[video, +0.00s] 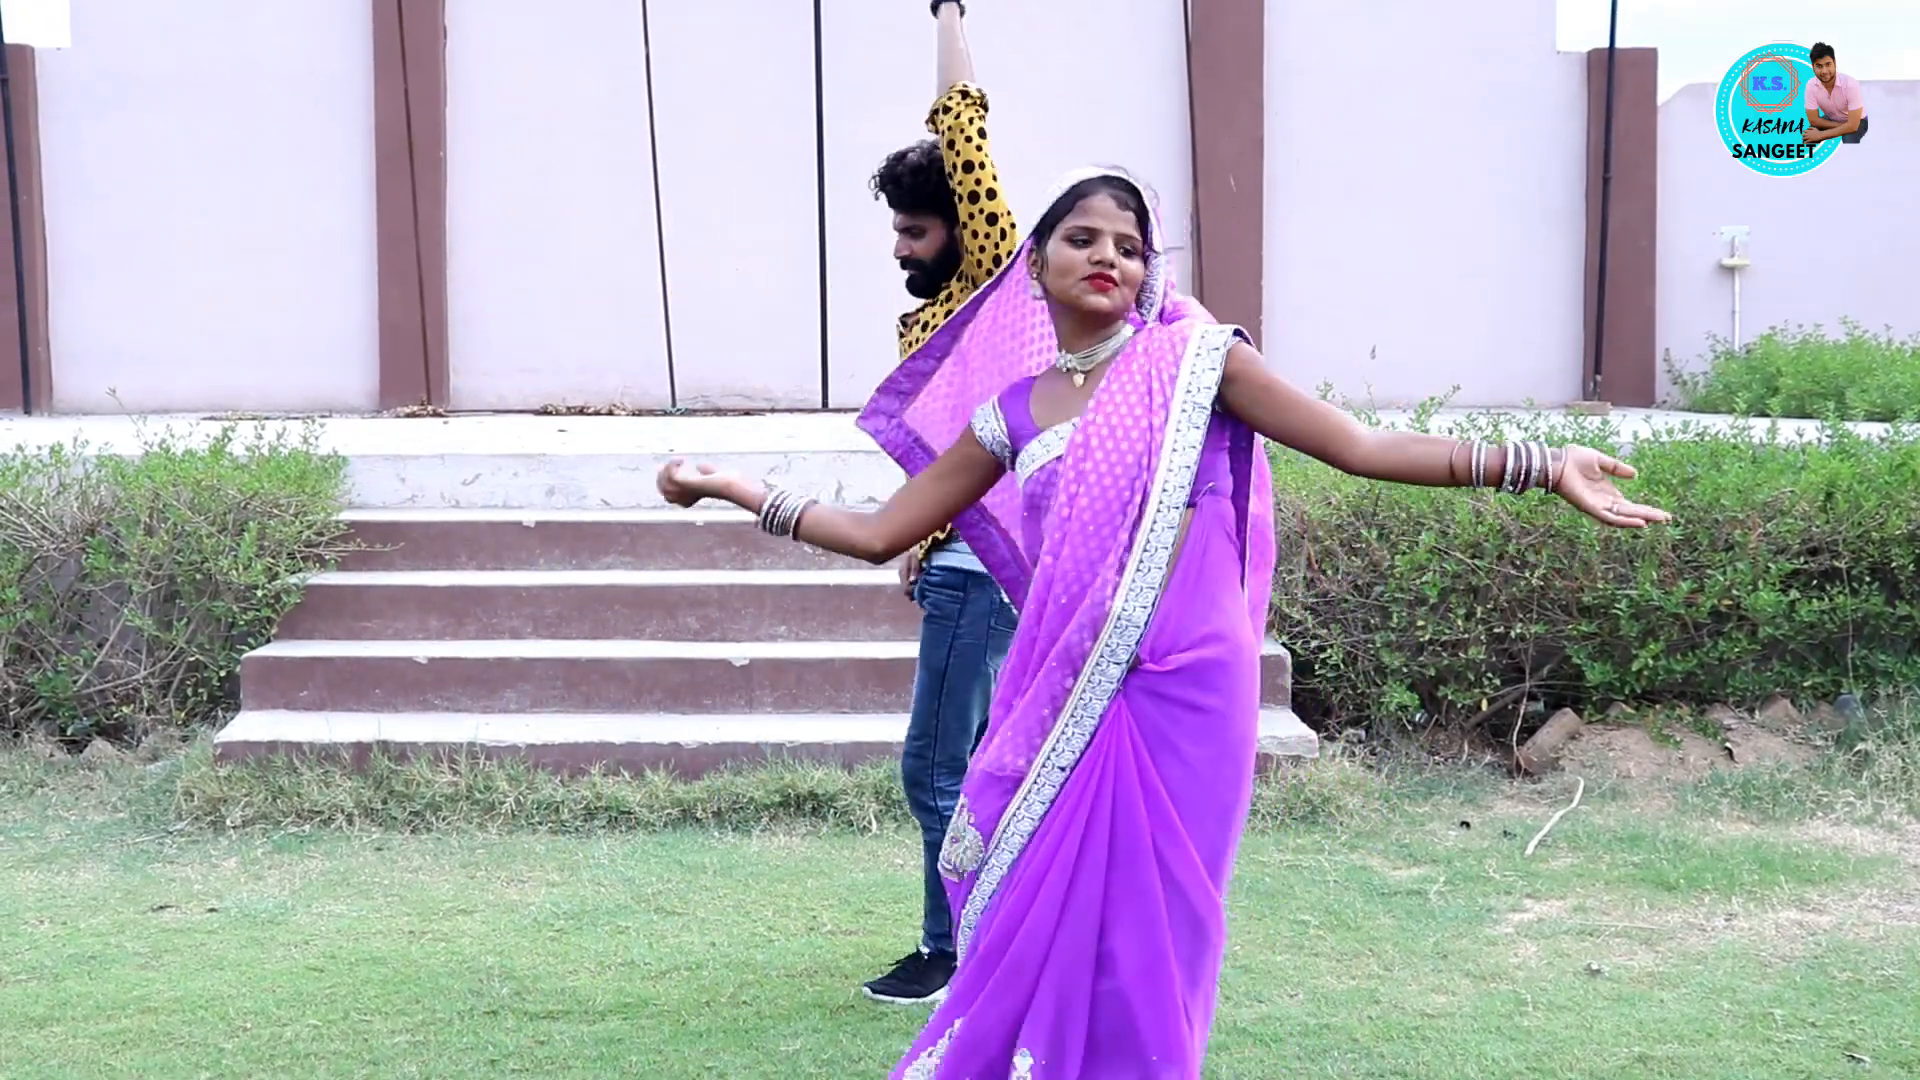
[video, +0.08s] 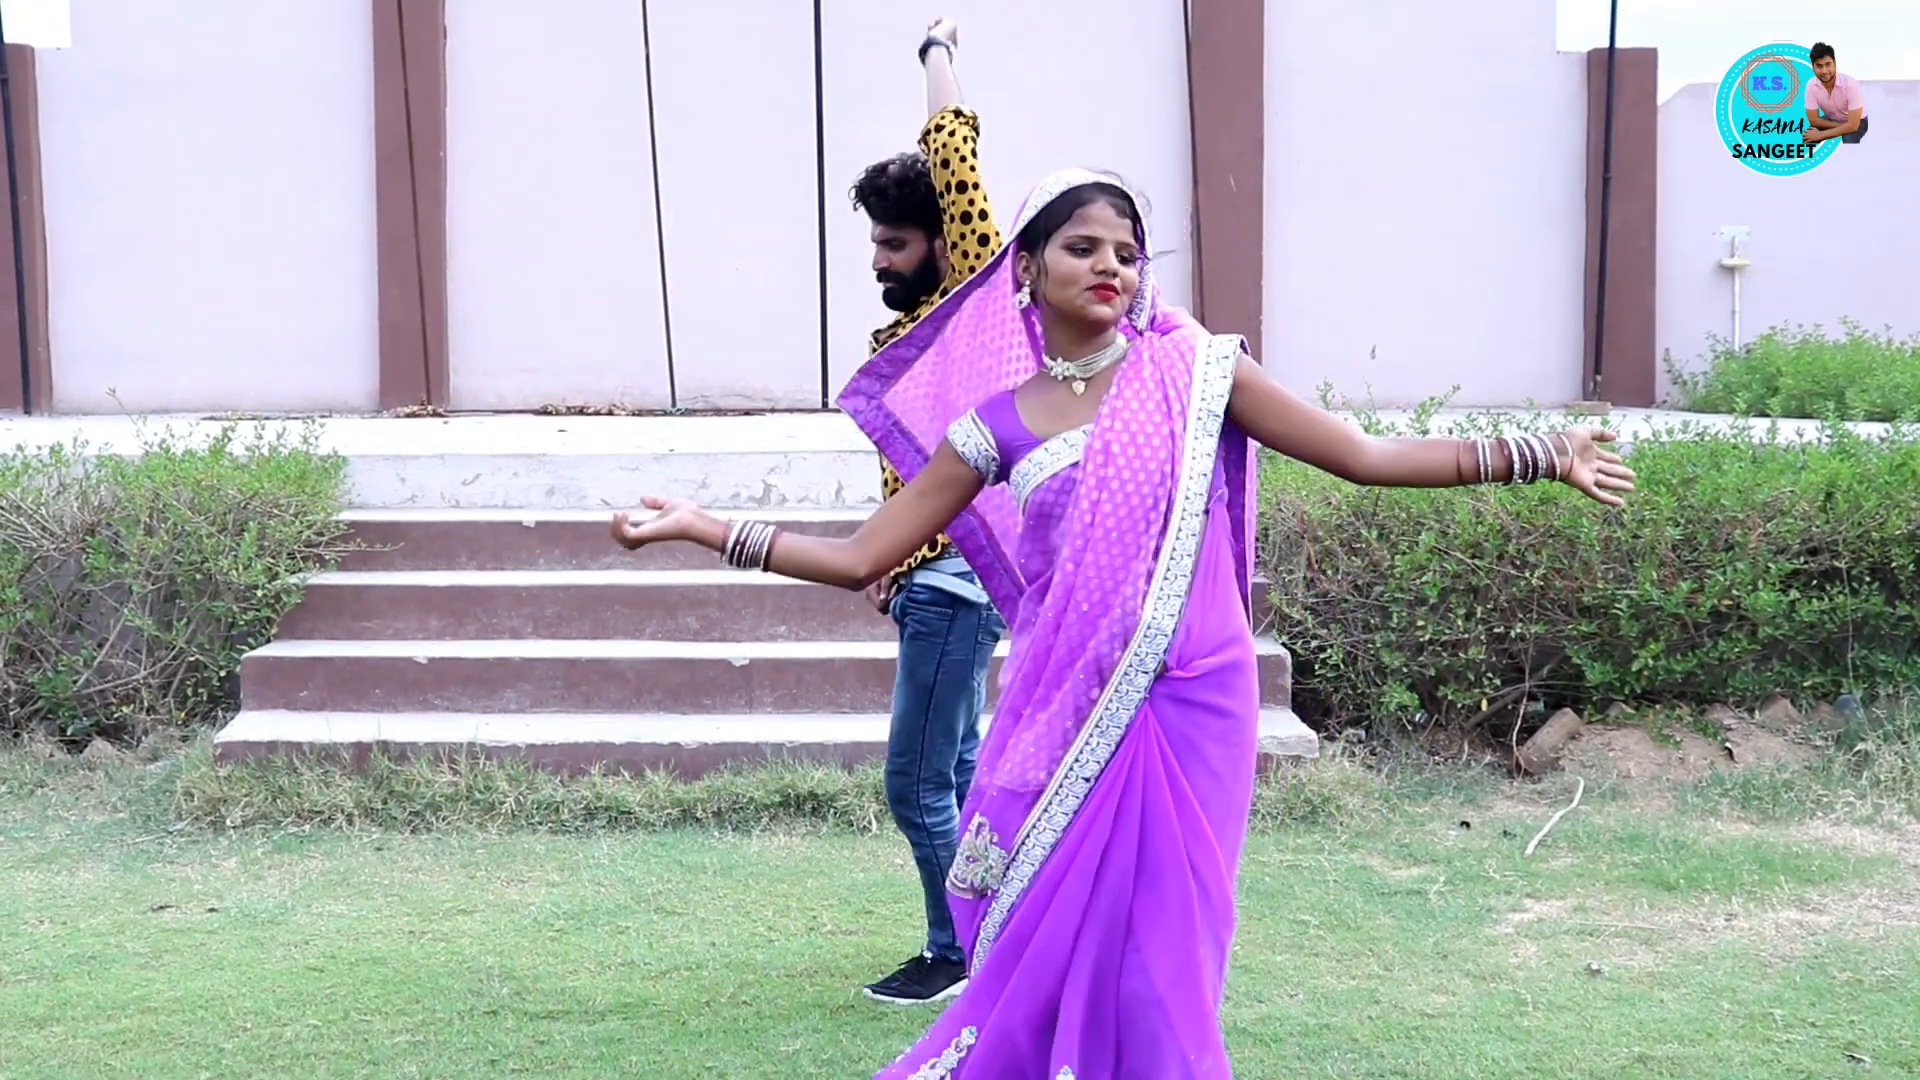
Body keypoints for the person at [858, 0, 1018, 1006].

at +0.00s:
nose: (902, 244)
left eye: (917, 230)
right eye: (897, 229)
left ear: (963, 221)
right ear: (910, 222)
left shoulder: (996, 288)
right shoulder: (944, 310)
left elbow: (966, 135)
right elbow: (953, 445)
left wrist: (953, 24)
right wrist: (918, 540)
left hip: (980, 568)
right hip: (955, 564)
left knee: (933, 765)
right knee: (960, 762)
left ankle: (954, 948)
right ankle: (972, 945)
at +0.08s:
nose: (880, 255)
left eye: (896, 243)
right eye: (875, 240)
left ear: (945, 238)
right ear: (879, 235)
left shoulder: (976, 307)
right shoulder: (915, 332)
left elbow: (963, 187)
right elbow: (914, 458)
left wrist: (940, 71)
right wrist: (886, 552)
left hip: (959, 581)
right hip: (935, 579)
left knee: (918, 786)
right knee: (955, 778)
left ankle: (962, 949)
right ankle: (982, 944)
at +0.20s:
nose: (848, 279)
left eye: (862, 265)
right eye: (843, 264)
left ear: (913, 260)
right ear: (842, 259)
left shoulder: (953, 333)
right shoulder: (874, 348)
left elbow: (943, 179)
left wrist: (921, 167)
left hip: (931, 608)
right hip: (870, 606)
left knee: (891, 795)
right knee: (848, 786)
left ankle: (952, 952)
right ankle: (1005, 860)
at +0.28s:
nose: (827, 273)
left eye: (842, 258)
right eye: (820, 257)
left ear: (892, 252)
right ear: (817, 252)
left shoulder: (930, 325)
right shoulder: (836, 338)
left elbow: (936, 248)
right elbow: (856, 463)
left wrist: (912, 163)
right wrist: (841, 564)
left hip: (918, 599)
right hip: (841, 593)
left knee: (890, 794)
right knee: (802, 774)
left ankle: (951, 948)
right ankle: (938, 887)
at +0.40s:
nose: (796, 260)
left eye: (809, 244)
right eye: (786, 246)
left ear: (859, 233)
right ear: (780, 240)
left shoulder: (902, 302)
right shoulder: (798, 336)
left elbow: (898, 198)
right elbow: (804, 460)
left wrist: (859, 91)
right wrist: (780, 544)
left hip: (885, 583)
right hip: (801, 580)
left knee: (885, 775)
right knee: (761, 761)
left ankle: (945, 940)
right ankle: (808, 944)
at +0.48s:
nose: (774, 259)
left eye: (789, 243)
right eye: (764, 245)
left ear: (838, 232)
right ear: (756, 240)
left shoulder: (880, 296)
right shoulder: (774, 327)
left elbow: (875, 174)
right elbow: (771, 453)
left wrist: (824, 66)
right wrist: (744, 527)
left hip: (862, 561)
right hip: (775, 564)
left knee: (868, 776)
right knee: (743, 780)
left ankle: (941, 937)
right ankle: (742, 971)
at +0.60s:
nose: (747, 276)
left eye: (762, 260)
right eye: (734, 262)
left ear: (803, 245)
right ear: (723, 254)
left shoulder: (847, 316)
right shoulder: (728, 344)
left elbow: (851, 169)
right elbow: (711, 462)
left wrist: (781, 78)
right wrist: (699, 545)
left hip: (814, 603)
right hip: (723, 605)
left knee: (809, 806)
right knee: (703, 802)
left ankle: (912, 919)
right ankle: (739, 977)